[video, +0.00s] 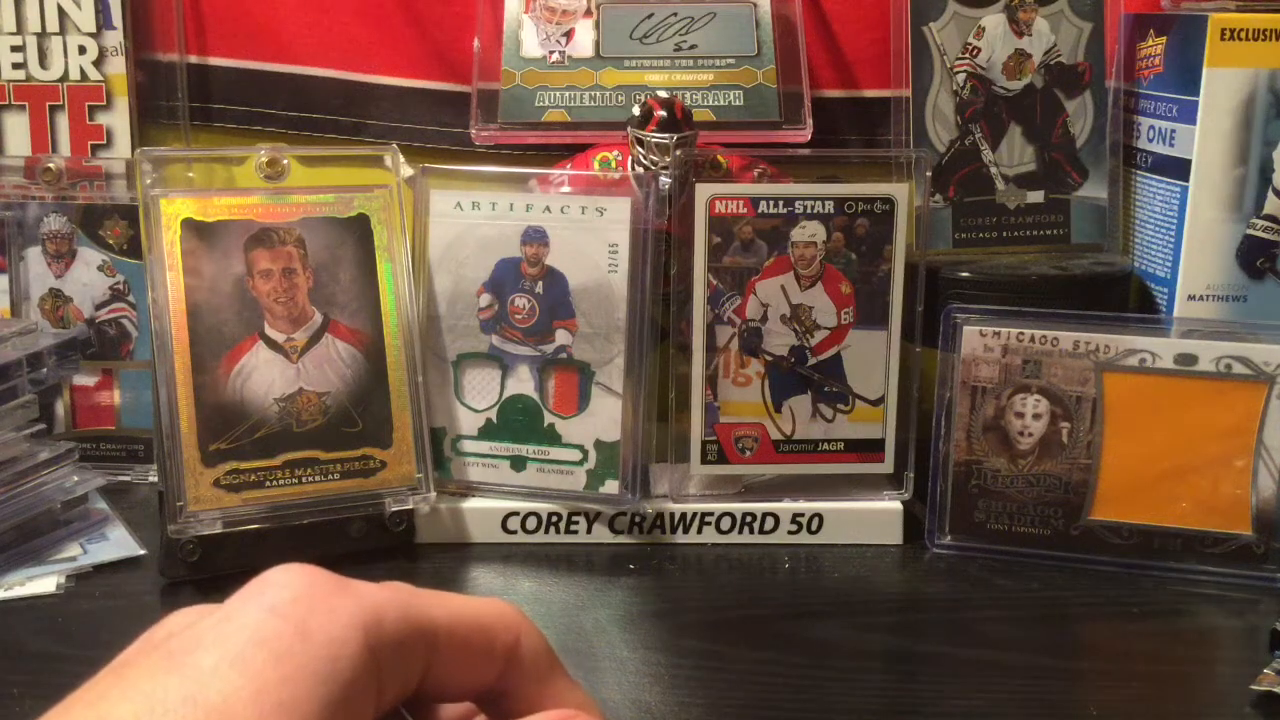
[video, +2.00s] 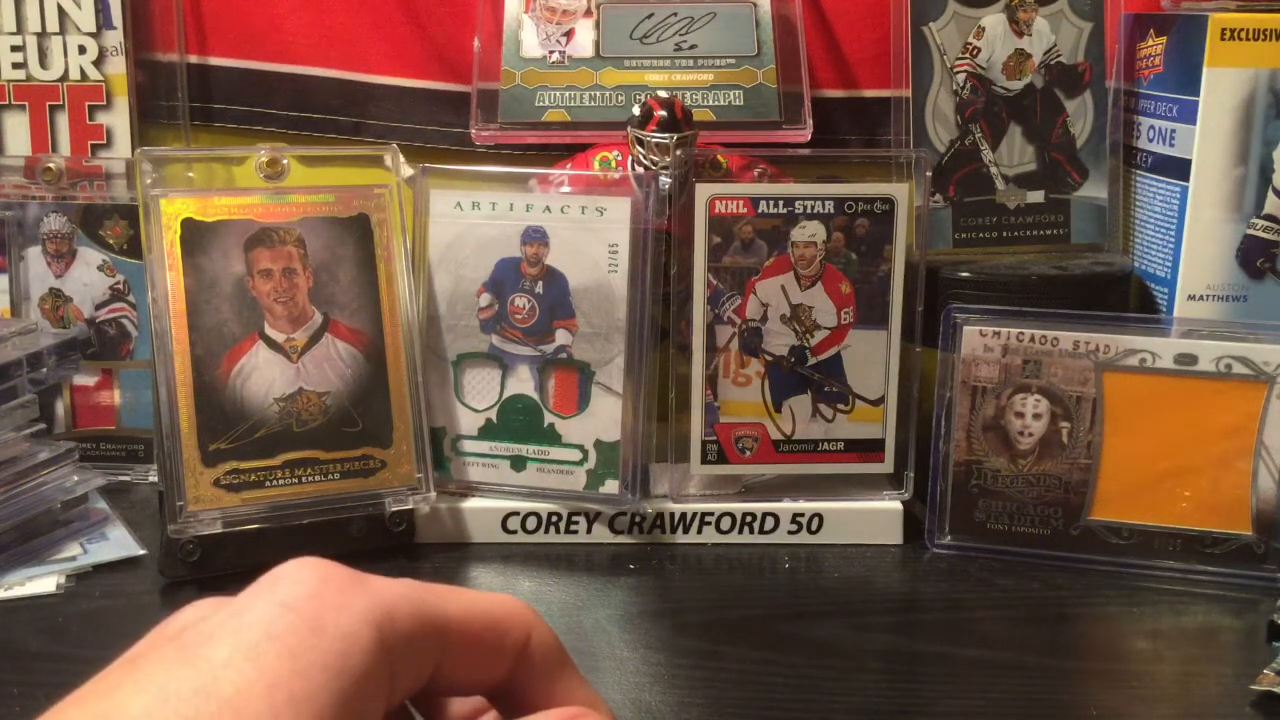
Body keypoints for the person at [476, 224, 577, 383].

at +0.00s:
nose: (535, 251)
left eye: (540, 246)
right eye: (530, 246)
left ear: (547, 250)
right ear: (522, 248)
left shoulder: (557, 280)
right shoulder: (504, 268)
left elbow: (565, 321)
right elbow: (487, 293)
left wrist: (561, 350)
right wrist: (487, 317)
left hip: (542, 353)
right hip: (503, 348)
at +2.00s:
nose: (534, 251)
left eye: (540, 246)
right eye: (530, 246)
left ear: (547, 250)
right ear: (522, 248)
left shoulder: (557, 280)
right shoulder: (504, 268)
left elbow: (565, 321)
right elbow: (487, 293)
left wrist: (562, 349)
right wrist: (487, 316)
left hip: (541, 354)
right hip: (503, 350)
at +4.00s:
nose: (534, 251)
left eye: (540, 247)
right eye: (530, 246)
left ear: (546, 251)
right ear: (522, 248)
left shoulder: (556, 279)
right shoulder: (504, 268)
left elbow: (565, 321)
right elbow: (487, 291)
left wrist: (562, 348)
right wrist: (486, 311)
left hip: (541, 353)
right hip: (502, 348)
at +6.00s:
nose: (534, 251)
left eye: (540, 246)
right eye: (530, 246)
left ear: (546, 250)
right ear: (522, 248)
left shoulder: (557, 280)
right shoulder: (504, 268)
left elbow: (565, 321)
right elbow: (487, 291)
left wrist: (562, 350)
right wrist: (486, 316)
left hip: (541, 353)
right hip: (502, 348)